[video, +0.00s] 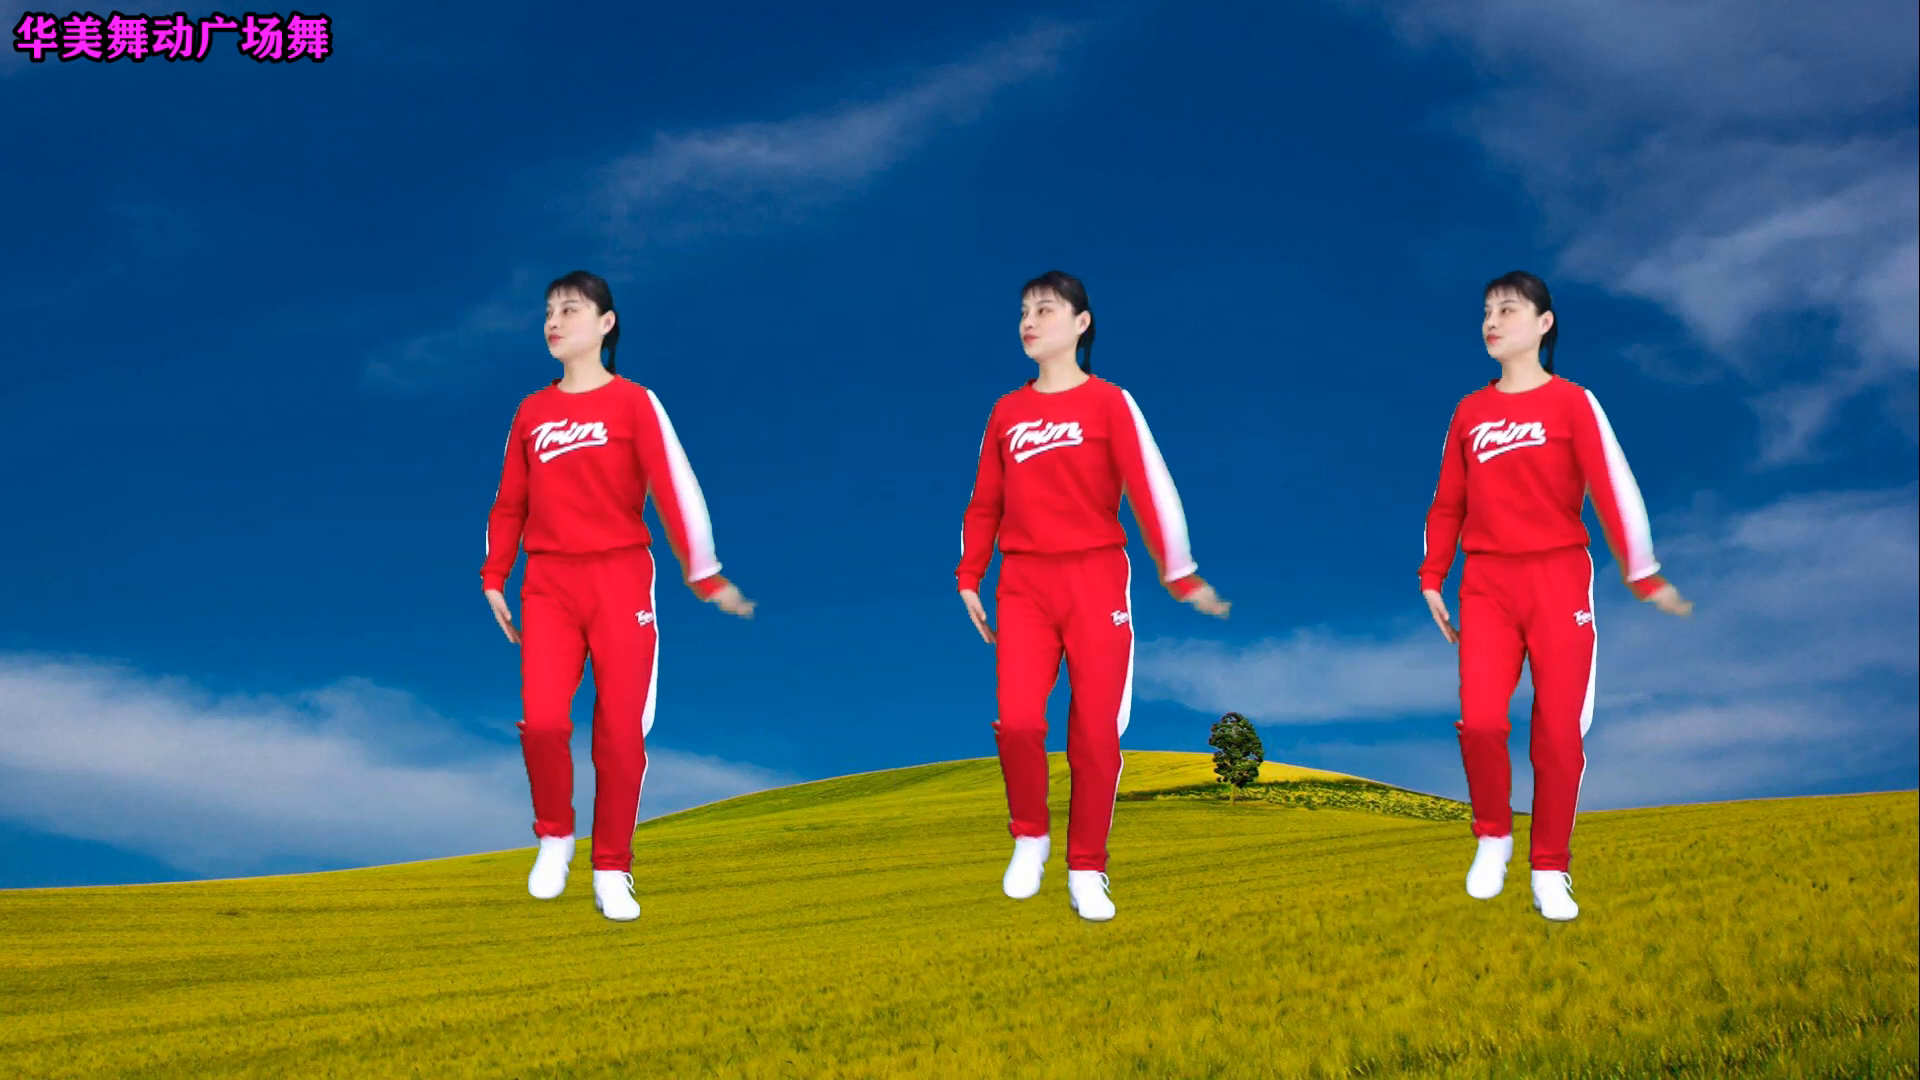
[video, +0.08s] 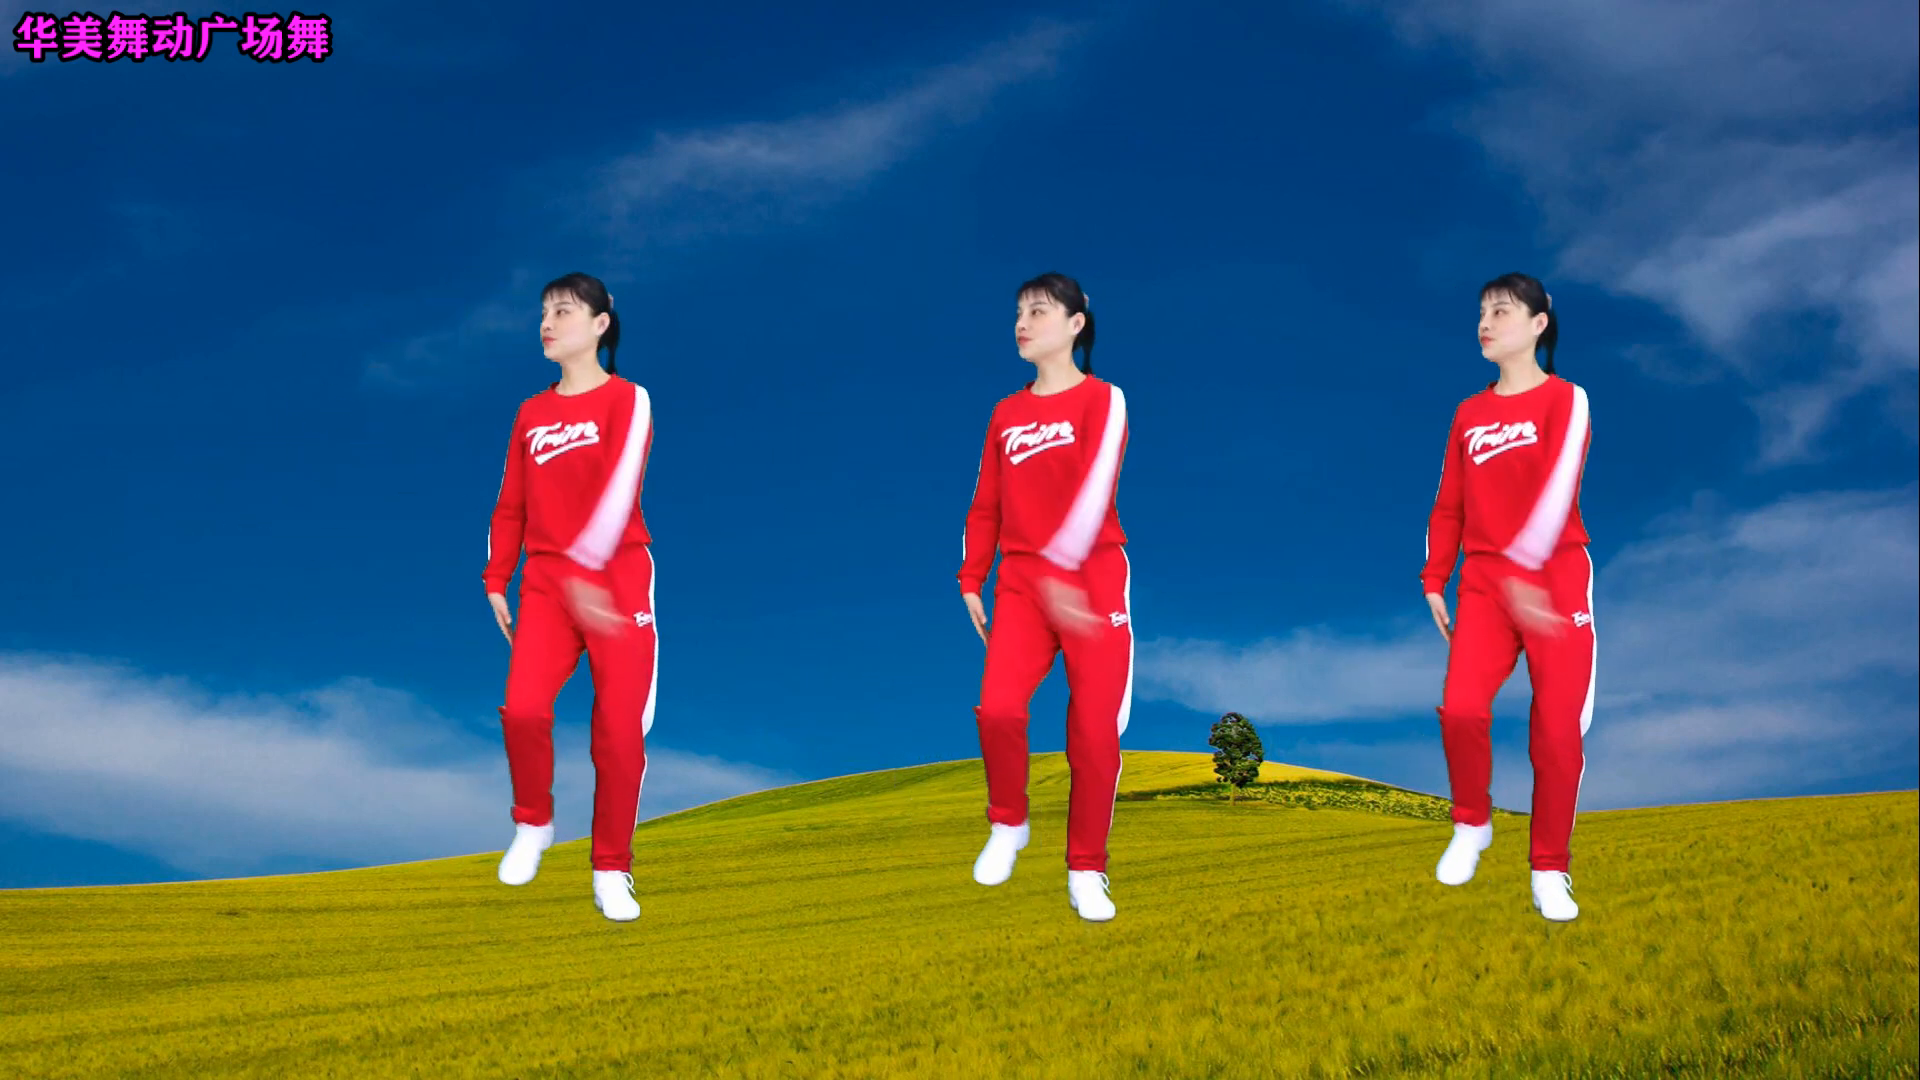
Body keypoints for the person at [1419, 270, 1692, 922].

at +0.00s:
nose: (1492, 321)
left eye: (1508, 310)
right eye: (1488, 313)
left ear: (1543, 324)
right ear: (1485, 331)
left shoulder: (1571, 401)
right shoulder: (1470, 413)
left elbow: (1612, 485)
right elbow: (1448, 502)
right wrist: (1431, 575)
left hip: (1560, 578)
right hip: (1486, 581)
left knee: (1559, 728)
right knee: (1479, 722)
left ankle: (1550, 868)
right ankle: (1493, 834)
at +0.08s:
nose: (1486, 322)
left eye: (1501, 312)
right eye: (1483, 314)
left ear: (1538, 324)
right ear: (1482, 330)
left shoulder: (1565, 399)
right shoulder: (1470, 413)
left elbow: (1560, 489)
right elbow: (1449, 503)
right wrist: (1434, 576)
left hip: (1557, 577)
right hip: (1487, 579)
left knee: (1557, 729)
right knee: (1460, 709)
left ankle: (1550, 867)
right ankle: (1470, 821)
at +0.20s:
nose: (1475, 305)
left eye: (1490, 293)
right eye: (1472, 297)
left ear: (1529, 303)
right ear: (1471, 314)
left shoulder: (1558, 369)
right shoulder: (1456, 393)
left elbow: (1494, 386)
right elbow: (1442, 485)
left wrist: (1407, 407)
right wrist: (1430, 560)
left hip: (1542, 557)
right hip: (1469, 561)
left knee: (1547, 716)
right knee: (1431, 698)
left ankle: (1552, 864)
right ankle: (1422, 829)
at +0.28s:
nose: (1467, 293)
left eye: (1482, 282)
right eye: (1463, 286)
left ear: (1520, 294)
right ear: (1462, 299)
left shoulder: (1547, 357)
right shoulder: (1448, 385)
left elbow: (1487, 331)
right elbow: (1430, 475)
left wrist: (1406, 316)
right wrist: (1418, 554)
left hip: (1528, 551)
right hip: (1456, 554)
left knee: (1540, 714)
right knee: (1414, 705)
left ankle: (1553, 861)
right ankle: (1387, 845)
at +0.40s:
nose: (1443, 309)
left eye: (1456, 300)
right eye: (1441, 300)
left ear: (1492, 310)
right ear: (1447, 316)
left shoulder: (1522, 378)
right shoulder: (1426, 394)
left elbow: (1500, 300)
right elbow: (1402, 487)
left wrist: (1440, 247)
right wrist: (1389, 567)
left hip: (1503, 559)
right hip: (1431, 564)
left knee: (1528, 719)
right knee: (1395, 724)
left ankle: (1550, 861)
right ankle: (1362, 859)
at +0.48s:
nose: (1431, 313)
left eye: (1446, 302)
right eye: (1428, 306)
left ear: (1483, 316)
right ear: (1427, 323)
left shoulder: (1502, 385)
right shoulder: (1404, 399)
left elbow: (1507, 308)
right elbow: (1379, 492)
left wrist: (1470, 229)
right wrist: (1369, 573)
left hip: (1477, 568)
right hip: (1402, 573)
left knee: (1512, 724)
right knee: (1380, 737)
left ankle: (1548, 862)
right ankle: (1362, 866)